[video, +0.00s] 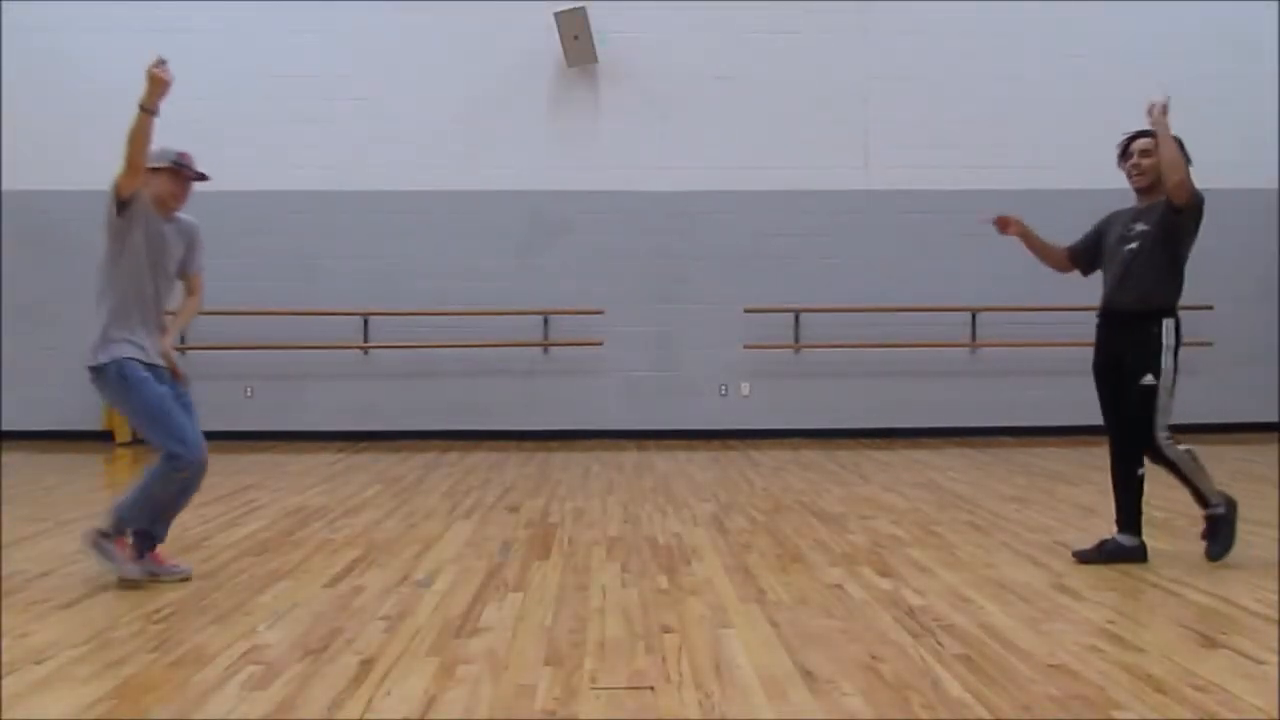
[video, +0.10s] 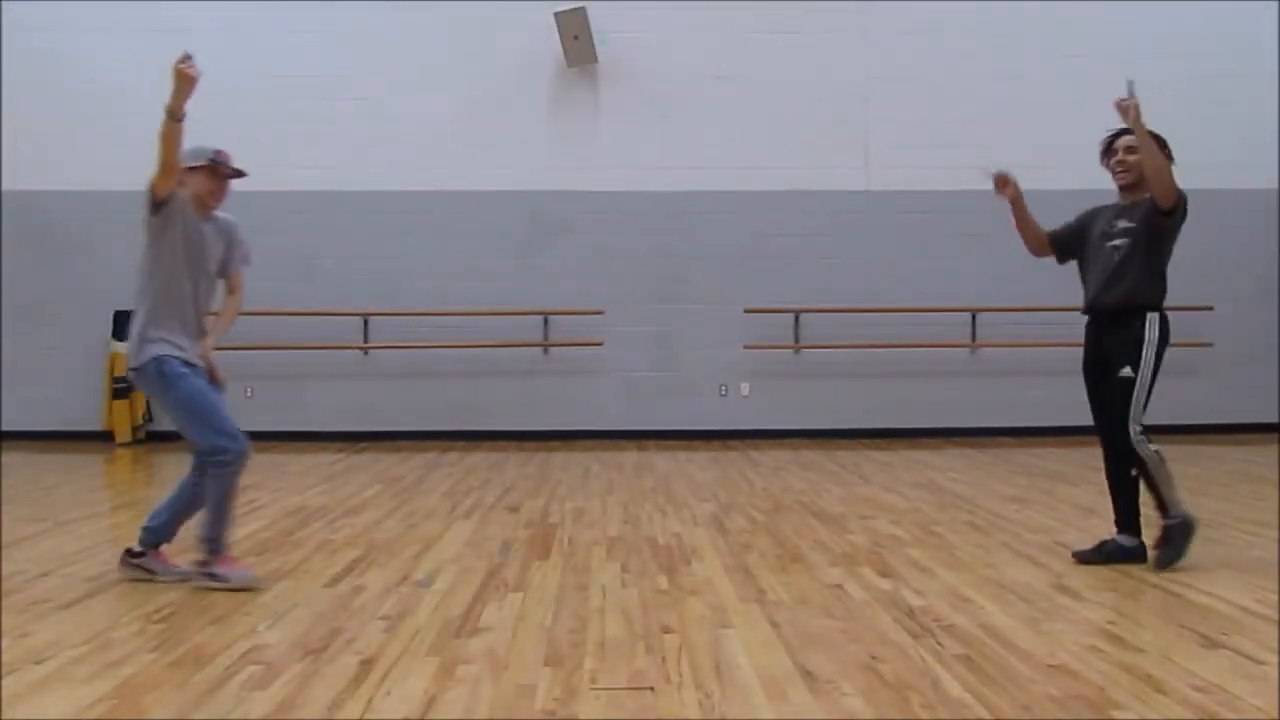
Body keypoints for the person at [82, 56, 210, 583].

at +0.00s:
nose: (182, 189)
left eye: (187, 182)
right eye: (176, 178)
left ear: (188, 188)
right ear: (151, 178)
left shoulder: (186, 232)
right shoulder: (129, 215)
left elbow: (195, 294)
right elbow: (134, 165)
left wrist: (171, 335)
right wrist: (150, 103)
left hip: (157, 355)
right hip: (117, 353)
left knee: (193, 459)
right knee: (185, 453)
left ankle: (144, 546)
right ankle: (113, 531)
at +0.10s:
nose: (221, 186)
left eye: (226, 180)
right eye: (214, 176)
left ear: (226, 186)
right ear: (191, 176)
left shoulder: (225, 233)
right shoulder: (168, 212)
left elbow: (233, 298)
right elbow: (167, 165)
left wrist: (208, 343)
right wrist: (178, 102)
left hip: (193, 354)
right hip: (156, 350)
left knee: (213, 461)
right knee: (230, 448)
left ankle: (145, 548)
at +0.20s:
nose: (258, 188)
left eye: (263, 180)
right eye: (251, 178)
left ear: (265, 185)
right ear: (226, 178)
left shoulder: (264, 233)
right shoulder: (204, 215)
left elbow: (273, 297)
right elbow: (203, 164)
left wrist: (249, 340)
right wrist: (212, 100)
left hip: (237, 357)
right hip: (199, 356)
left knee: (268, 461)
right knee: (271, 455)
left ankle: (180, 527)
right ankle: (249, 560)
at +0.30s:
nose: (300, 188)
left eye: (303, 181)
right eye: (291, 178)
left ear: (303, 187)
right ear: (263, 180)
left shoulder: (302, 235)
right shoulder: (245, 217)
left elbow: (309, 297)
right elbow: (241, 164)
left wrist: (287, 342)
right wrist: (250, 106)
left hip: (278, 361)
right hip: (238, 360)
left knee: (327, 457)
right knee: (301, 463)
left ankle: (260, 539)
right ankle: (252, 556)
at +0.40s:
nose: (340, 185)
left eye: (343, 178)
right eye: (332, 175)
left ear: (342, 183)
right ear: (306, 175)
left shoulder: (339, 230)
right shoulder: (285, 213)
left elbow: (346, 293)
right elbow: (286, 158)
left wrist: (324, 338)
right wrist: (298, 95)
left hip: (317, 359)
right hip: (276, 360)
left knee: (367, 450)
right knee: (325, 466)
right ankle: (258, 551)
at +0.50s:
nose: (378, 185)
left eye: (381, 178)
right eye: (369, 175)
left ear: (380, 185)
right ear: (342, 178)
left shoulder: (378, 232)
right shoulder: (321, 218)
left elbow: (386, 294)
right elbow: (314, 172)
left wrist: (363, 338)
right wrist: (336, 113)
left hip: (354, 361)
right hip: (313, 361)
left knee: (401, 460)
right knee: (365, 467)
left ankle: (369, 554)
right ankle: (288, 532)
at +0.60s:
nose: (414, 187)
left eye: (418, 180)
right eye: (405, 178)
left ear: (421, 188)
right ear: (380, 181)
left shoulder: (419, 232)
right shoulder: (353, 215)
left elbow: (436, 296)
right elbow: (320, 183)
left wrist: (414, 339)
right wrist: (361, 139)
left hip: (392, 366)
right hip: (347, 360)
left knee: (430, 468)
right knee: (402, 463)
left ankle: (378, 549)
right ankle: (354, 548)